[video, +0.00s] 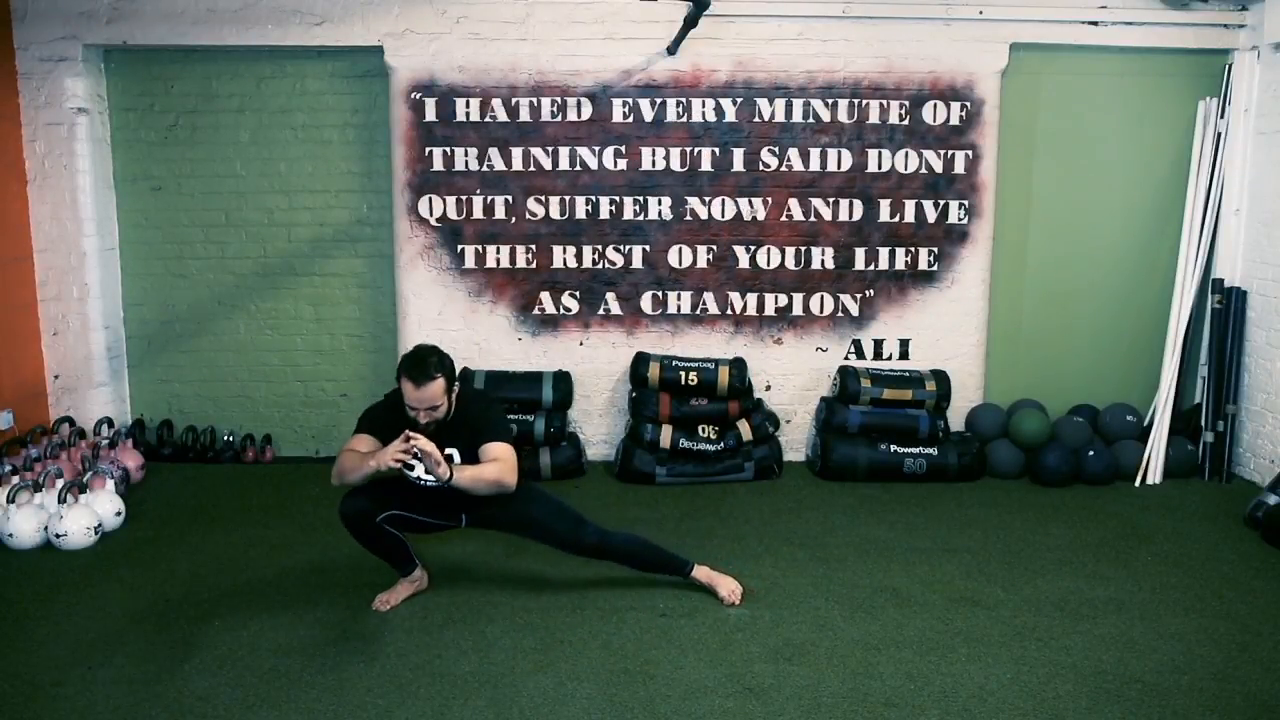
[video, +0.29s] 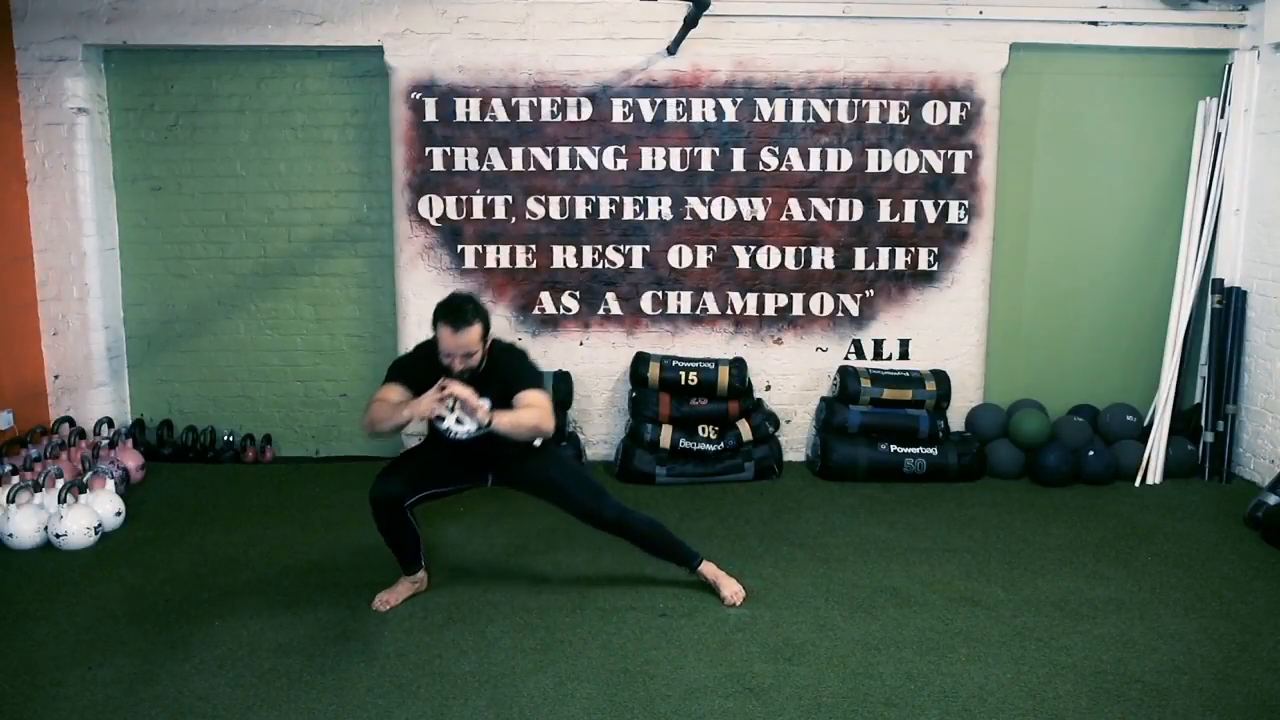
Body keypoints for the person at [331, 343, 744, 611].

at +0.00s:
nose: (423, 418)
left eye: (432, 407)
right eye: (413, 408)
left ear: (451, 388)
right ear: (400, 391)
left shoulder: (478, 409)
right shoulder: (385, 415)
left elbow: (504, 477)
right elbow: (340, 475)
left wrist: (448, 472)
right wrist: (375, 462)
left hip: (494, 497)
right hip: (431, 500)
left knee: (587, 537)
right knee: (354, 507)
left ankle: (698, 572)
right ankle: (413, 573)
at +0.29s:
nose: (457, 365)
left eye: (467, 355)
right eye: (449, 356)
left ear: (485, 340)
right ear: (435, 341)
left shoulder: (509, 360)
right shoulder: (421, 362)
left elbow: (541, 420)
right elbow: (374, 420)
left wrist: (487, 414)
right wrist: (415, 408)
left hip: (522, 452)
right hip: (457, 452)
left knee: (603, 510)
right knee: (386, 492)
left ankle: (704, 568)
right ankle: (414, 574)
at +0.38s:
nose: (480, 333)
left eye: (490, 324)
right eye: (471, 323)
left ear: (507, 312)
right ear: (459, 310)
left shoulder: (530, 337)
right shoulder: (438, 338)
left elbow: (566, 393)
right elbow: (395, 394)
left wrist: (516, 386)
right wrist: (440, 380)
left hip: (537, 437)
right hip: (467, 439)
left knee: (615, 500)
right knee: (401, 489)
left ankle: (709, 567)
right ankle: (415, 575)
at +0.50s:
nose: (525, 284)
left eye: (536, 275)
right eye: (517, 273)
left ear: (552, 264)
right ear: (502, 261)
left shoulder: (570, 292)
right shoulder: (481, 294)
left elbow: (618, 345)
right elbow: (440, 349)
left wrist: (567, 332)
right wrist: (492, 330)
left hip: (564, 411)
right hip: (493, 414)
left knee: (639, 484)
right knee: (431, 483)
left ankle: (713, 565)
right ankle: (416, 575)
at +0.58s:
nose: (561, 247)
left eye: (572, 238)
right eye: (553, 237)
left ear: (587, 230)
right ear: (539, 226)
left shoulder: (602, 266)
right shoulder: (512, 267)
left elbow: (650, 312)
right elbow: (476, 317)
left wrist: (604, 296)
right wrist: (528, 300)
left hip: (594, 397)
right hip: (523, 399)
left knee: (658, 476)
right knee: (462, 480)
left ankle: (716, 566)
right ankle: (418, 573)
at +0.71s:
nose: (608, 203)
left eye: (618, 193)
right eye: (599, 193)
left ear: (635, 185)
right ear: (585, 185)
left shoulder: (653, 223)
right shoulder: (561, 226)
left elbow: (699, 272)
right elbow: (522, 277)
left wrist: (654, 250)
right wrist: (578, 253)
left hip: (637, 372)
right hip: (571, 372)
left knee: (680, 463)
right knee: (516, 459)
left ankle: (721, 564)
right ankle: (460, 558)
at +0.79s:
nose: (634, 186)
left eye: (644, 175)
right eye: (624, 175)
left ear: (659, 166)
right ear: (608, 166)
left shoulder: (675, 205)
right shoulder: (589, 207)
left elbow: (725, 254)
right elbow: (546, 258)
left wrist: (680, 233)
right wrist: (601, 231)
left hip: (657, 360)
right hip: (592, 358)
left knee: (691, 461)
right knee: (546, 448)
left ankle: (723, 561)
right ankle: (520, 546)